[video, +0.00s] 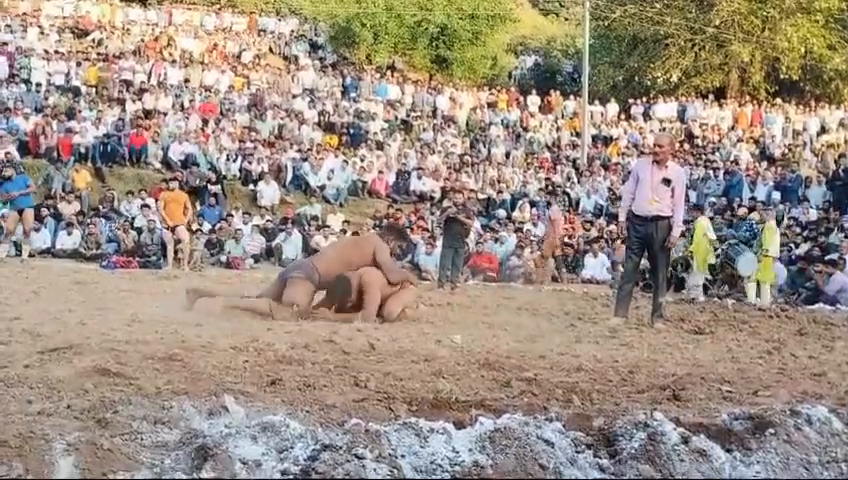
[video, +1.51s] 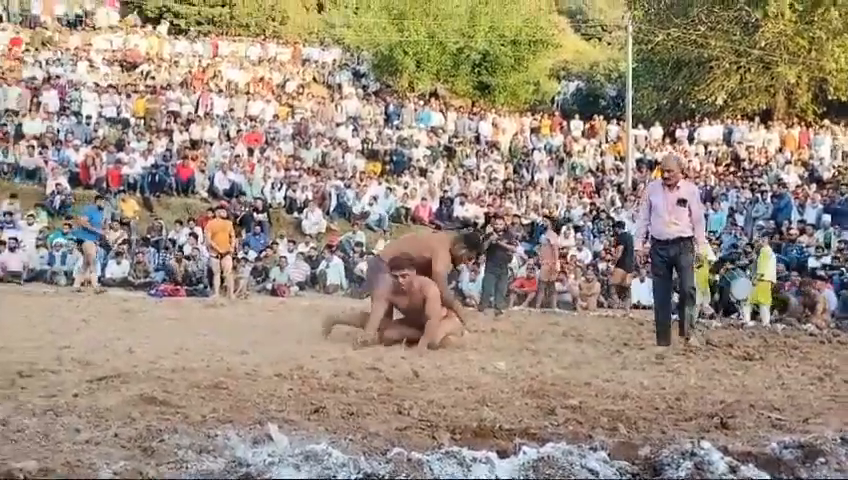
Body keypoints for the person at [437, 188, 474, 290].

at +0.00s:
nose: (457, 200)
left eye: (460, 198)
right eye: (456, 197)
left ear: (463, 199)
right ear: (452, 198)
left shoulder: (467, 211)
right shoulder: (446, 209)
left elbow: (471, 223)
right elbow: (439, 221)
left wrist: (459, 217)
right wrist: (447, 214)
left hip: (461, 240)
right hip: (448, 239)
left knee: (458, 265)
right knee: (445, 263)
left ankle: (454, 284)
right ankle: (441, 283)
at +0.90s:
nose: (464, 203)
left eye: (466, 201)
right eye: (462, 201)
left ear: (470, 201)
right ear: (459, 201)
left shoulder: (473, 214)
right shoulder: (453, 213)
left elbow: (478, 225)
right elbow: (446, 224)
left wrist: (466, 220)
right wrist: (455, 217)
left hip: (467, 244)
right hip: (455, 243)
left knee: (464, 268)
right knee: (451, 266)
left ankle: (460, 287)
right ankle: (447, 286)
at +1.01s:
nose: (472, 205)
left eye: (474, 203)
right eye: (470, 203)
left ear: (477, 204)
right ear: (466, 203)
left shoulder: (481, 216)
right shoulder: (461, 215)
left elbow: (485, 228)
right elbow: (454, 227)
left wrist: (474, 222)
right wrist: (463, 218)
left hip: (475, 246)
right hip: (463, 245)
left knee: (472, 269)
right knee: (459, 268)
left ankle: (469, 288)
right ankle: (455, 287)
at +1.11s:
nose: (484, 209)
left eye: (486, 207)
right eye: (482, 206)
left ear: (490, 207)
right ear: (478, 207)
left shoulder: (493, 220)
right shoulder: (473, 219)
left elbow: (498, 231)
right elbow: (466, 231)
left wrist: (485, 226)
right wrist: (475, 223)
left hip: (488, 250)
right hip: (475, 249)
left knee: (484, 274)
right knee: (472, 272)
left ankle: (481, 292)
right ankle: (467, 290)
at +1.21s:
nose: (496, 214)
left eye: (498, 212)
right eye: (494, 212)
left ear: (502, 213)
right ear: (492, 212)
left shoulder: (507, 225)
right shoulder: (487, 224)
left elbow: (511, 237)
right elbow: (479, 236)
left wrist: (500, 232)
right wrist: (488, 228)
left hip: (501, 256)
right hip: (489, 255)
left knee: (497, 279)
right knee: (485, 278)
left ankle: (494, 297)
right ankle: (480, 295)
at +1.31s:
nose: (508, 220)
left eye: (510, 218)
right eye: (506, 218)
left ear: (514, 219)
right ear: (503, 219)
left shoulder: (517, 230)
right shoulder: (498, 230)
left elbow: (524, 242)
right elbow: (490, 242)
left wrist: (512, 238)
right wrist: (499, 234)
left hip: (513, 259)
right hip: (500, 258)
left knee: (510, 283)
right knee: (496, 281)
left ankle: (507, 302)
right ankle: (493, 300)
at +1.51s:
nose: (498, 226)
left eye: (501, 224)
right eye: (496, 224)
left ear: (504, 225)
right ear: (493, 225)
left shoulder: (509, 235)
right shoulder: (489, 235)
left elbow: (515, 248)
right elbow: (482, 248)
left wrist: (501, 244)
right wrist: (490, 240)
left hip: (503, 265)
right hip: (491, 264)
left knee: (501, 289)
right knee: (488, 287)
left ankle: (498, 308)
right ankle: (484, 306)